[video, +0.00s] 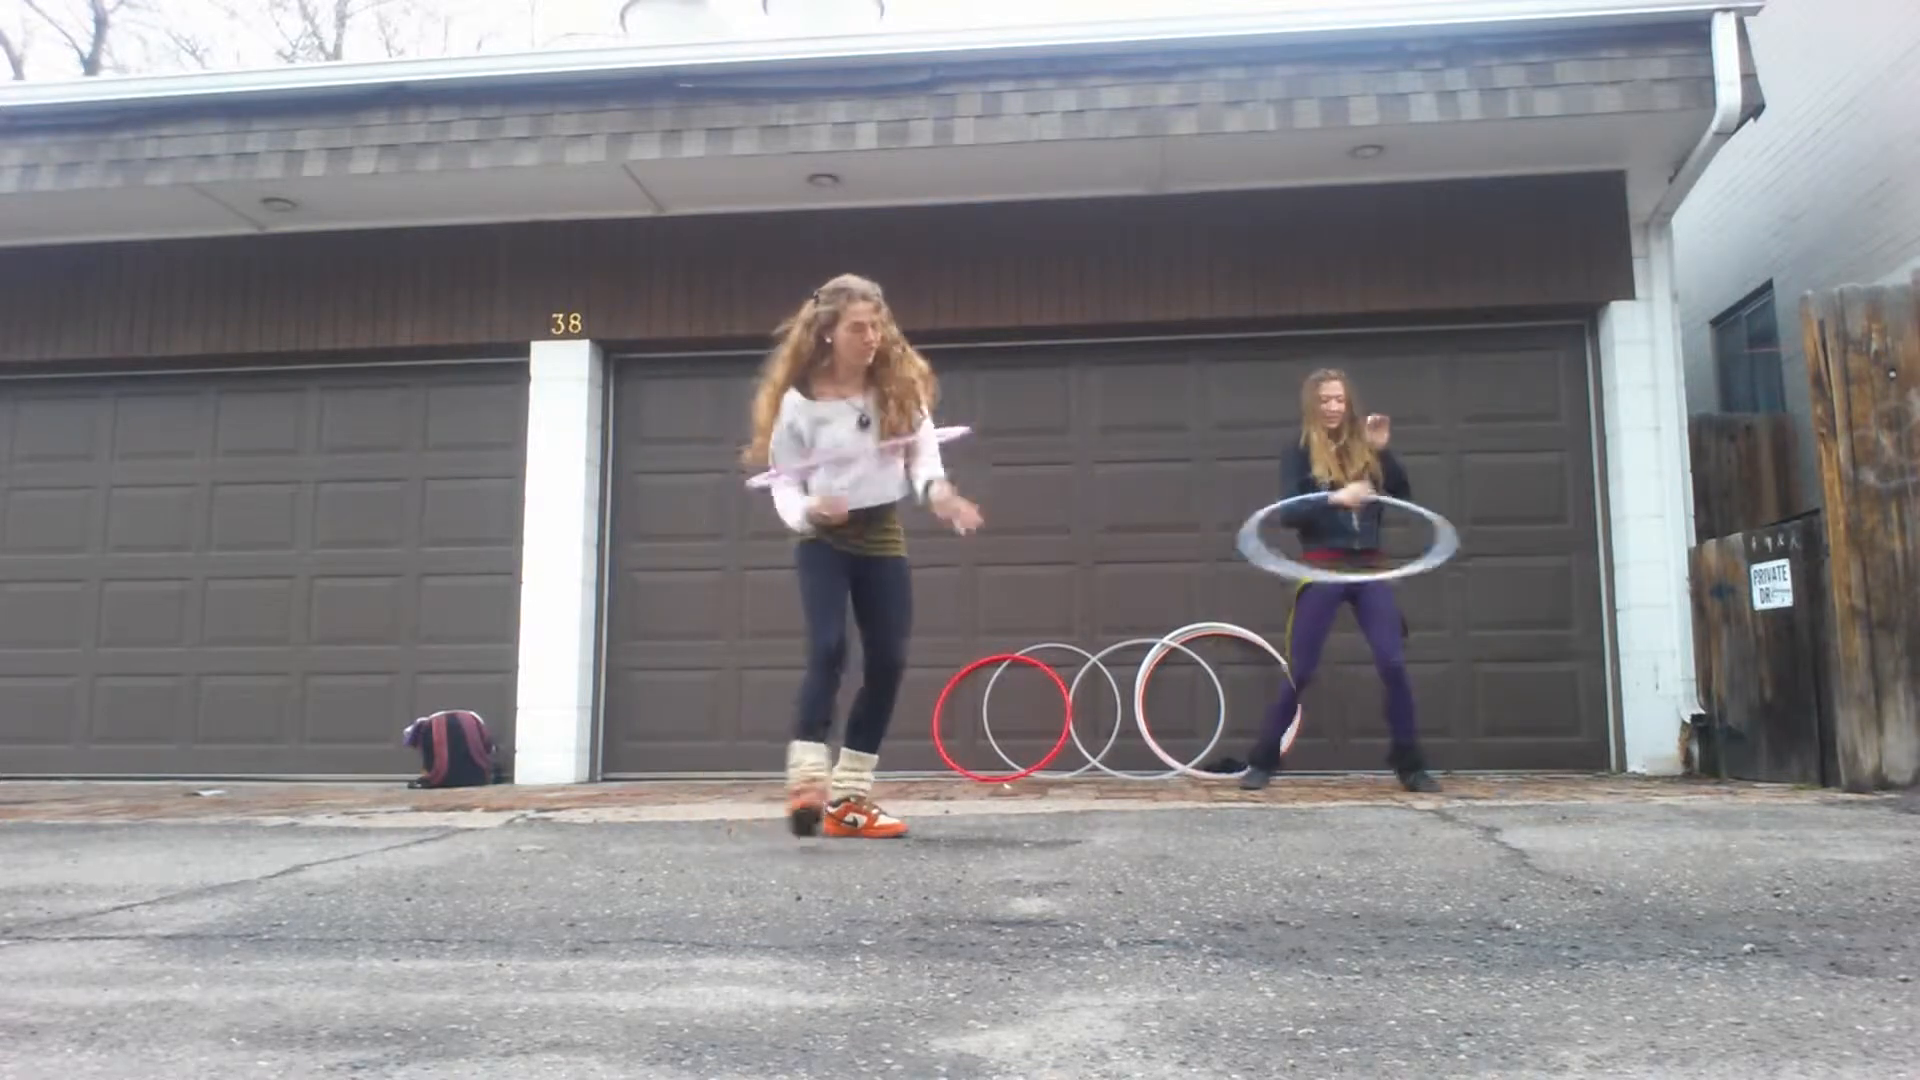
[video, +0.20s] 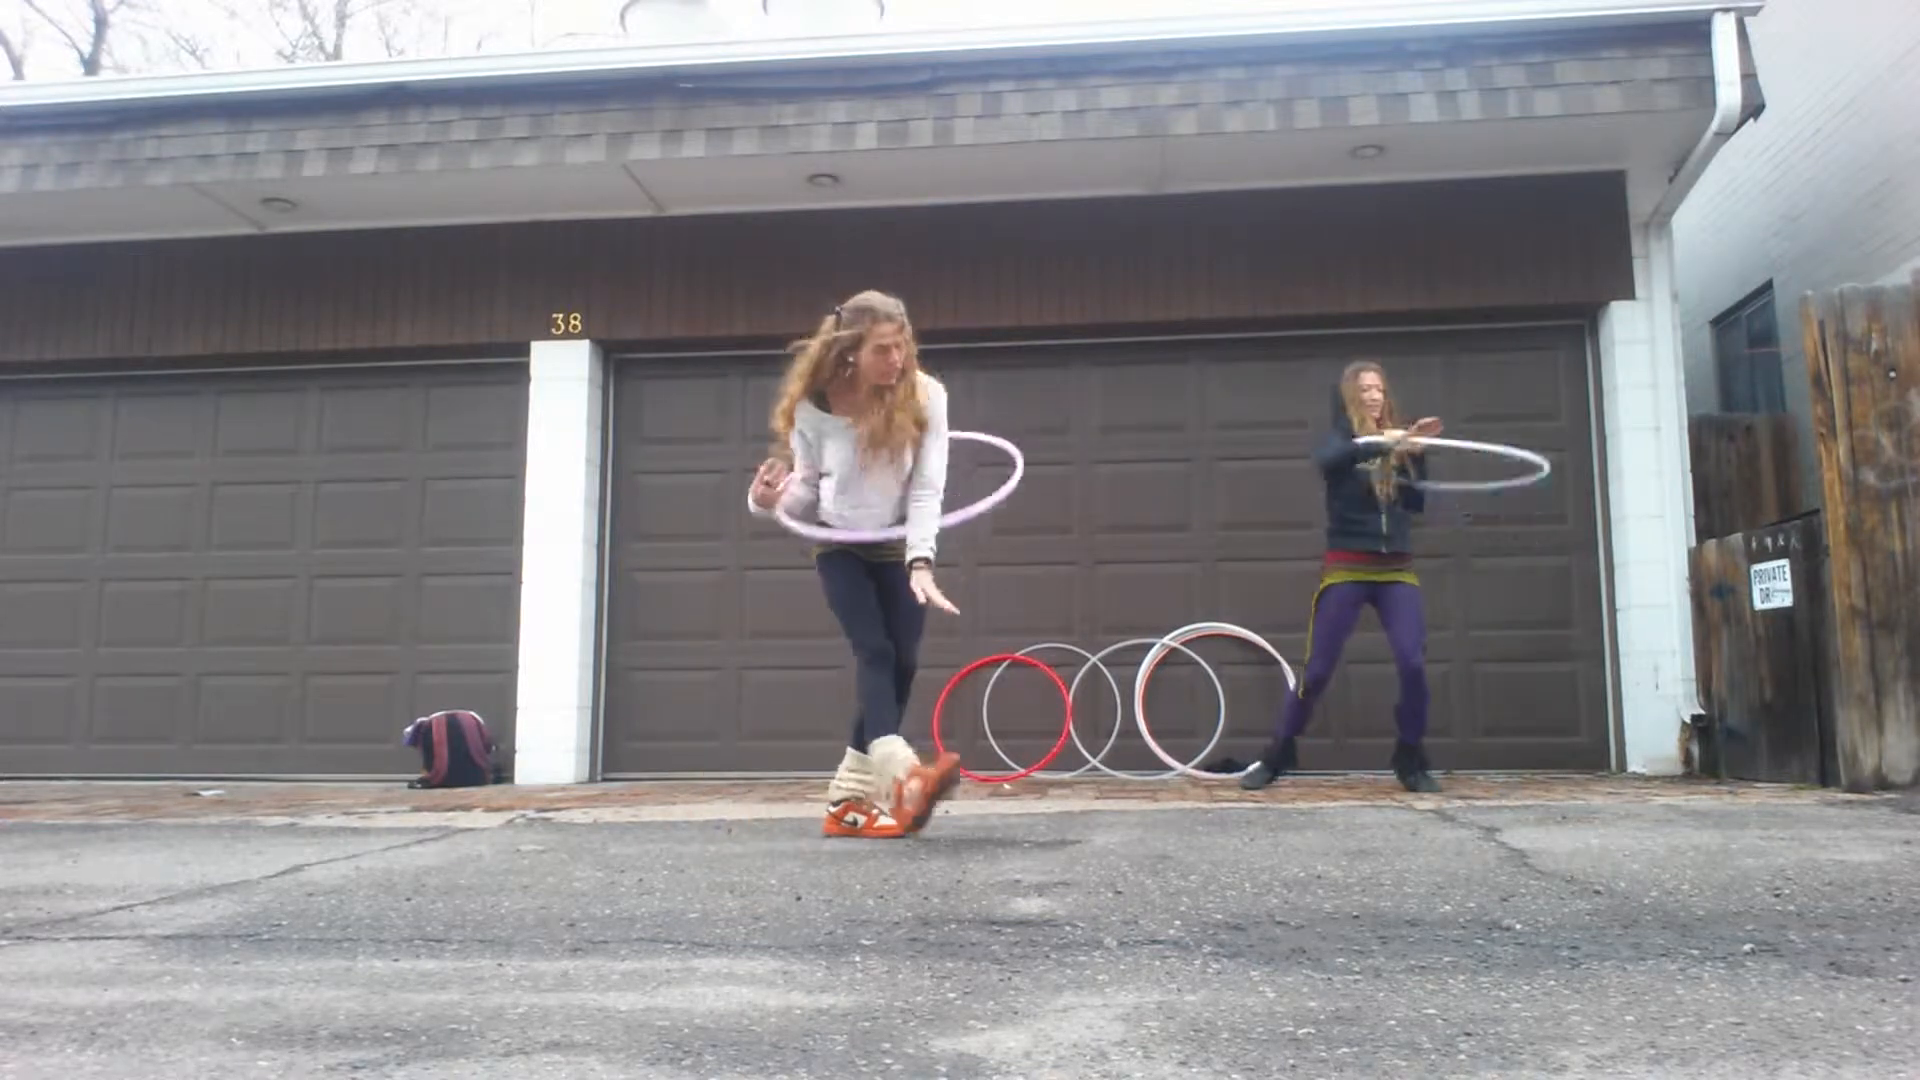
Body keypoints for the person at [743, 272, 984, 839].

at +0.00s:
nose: (871, 337)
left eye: (876, 326)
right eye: (857, 327)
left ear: (884, 331)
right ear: (827, 333)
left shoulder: (900, 391)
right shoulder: (798, 403)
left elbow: (925, 462)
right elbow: (785, 489)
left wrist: (942, 495)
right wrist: (808, 512)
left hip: (882, 538)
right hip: (822, 539)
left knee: (887, 663)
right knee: (829, 650)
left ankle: (850, 796)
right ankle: (807, 785)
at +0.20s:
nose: (897, 359)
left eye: (902, 347)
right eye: (882, 349)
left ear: (910, 345)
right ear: (848, 354)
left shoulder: (925, 396)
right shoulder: (811, 409)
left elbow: (928, 486)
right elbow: (806, 495)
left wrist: (921, 562)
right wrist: (771, 498)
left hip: (900, 547)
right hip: (840, 546)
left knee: (901, 665)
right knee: (875, 651)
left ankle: (850, 797)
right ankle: (902, 779)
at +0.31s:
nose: (924, 361)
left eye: (929, 348)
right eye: (911, 350)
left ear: (935, 349)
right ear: (875, 353)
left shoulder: (938, 402)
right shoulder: (834, 415)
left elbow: (938, 491)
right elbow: (811, 499)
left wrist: (946, 565)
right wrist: (821, 518)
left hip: (902, 542)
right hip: (847, 545)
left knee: (909, 667)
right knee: (897, 663)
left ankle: (851, 794)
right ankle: (909, 797)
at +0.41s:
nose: (961, 345)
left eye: (962, 334)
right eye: (950, 336)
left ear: (950, 339)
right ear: (912, 344)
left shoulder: (945, 398)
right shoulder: (875, 408)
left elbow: (936, 476)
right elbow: (848, 490)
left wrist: (980, 544)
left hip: (880, 539)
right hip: (853, 542)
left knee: (897, 666)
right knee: (918, 662)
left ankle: (849, 800)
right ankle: (922, 810)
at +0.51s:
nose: (987, 328)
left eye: (987, 317)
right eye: (979, 319)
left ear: (944, 323)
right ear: (945, 325)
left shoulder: (912, 381)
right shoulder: (931, 387)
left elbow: (934, 472)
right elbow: (917, 487)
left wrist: (996, 505)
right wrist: (1000, 514)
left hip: (845, 532)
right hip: (872, 535)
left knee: (892, 668)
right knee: (927, 665)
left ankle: (839, 800)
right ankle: (924, 814)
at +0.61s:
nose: (994, 306)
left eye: (993, 296)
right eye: (991, 296)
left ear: (929, 292)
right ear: (975, 300)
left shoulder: (881, 342)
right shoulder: (970, 375)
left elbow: (855, 432)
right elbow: (959, 480)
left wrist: (956, 463)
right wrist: (1004, 515)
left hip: (841, 518)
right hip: (902, 525)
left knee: (880, 654)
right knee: (936, 667)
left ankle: (833, 780)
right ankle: (925, 812)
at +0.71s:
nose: (994, 297)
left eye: (994, 287)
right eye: (992, 287)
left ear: (926, 278)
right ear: (976, 289)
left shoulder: (870, 330)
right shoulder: (987, 361)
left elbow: (856, 418)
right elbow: (976, 453)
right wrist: (982, 500)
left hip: (864, 503)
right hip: (936, 508)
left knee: (858, 643)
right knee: (934, 657)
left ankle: (866, 749)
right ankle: (922, 814)